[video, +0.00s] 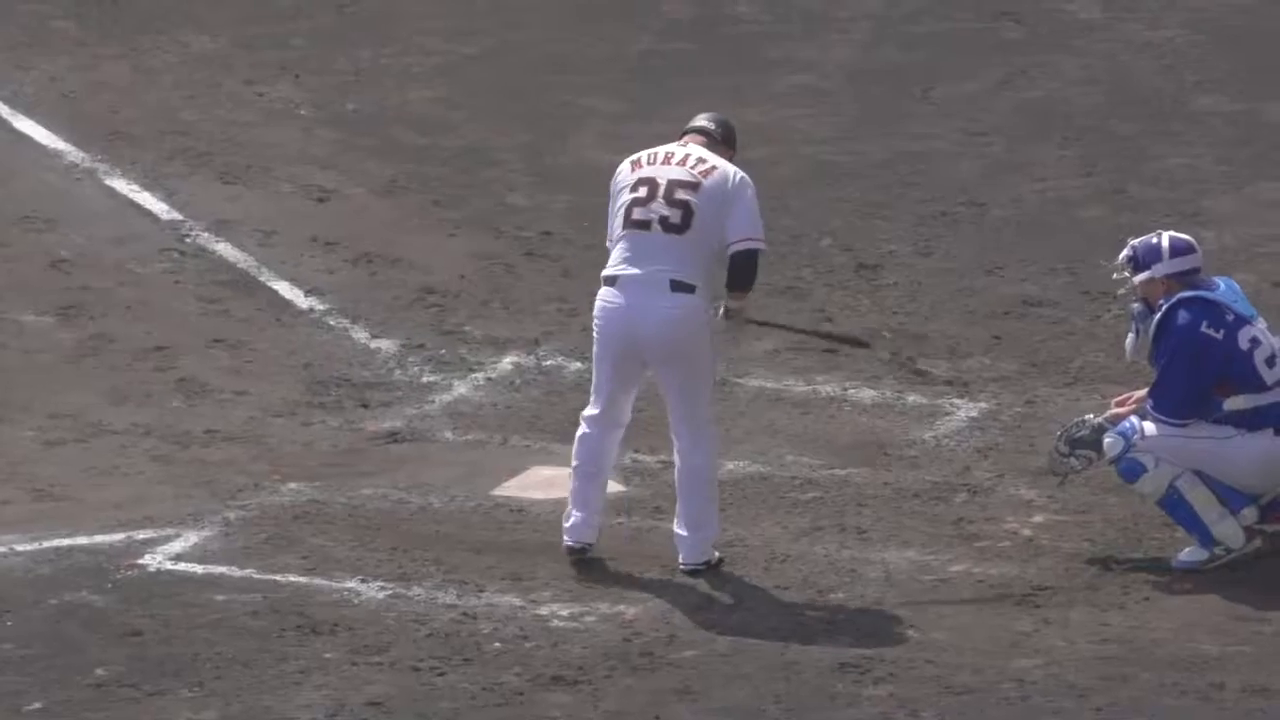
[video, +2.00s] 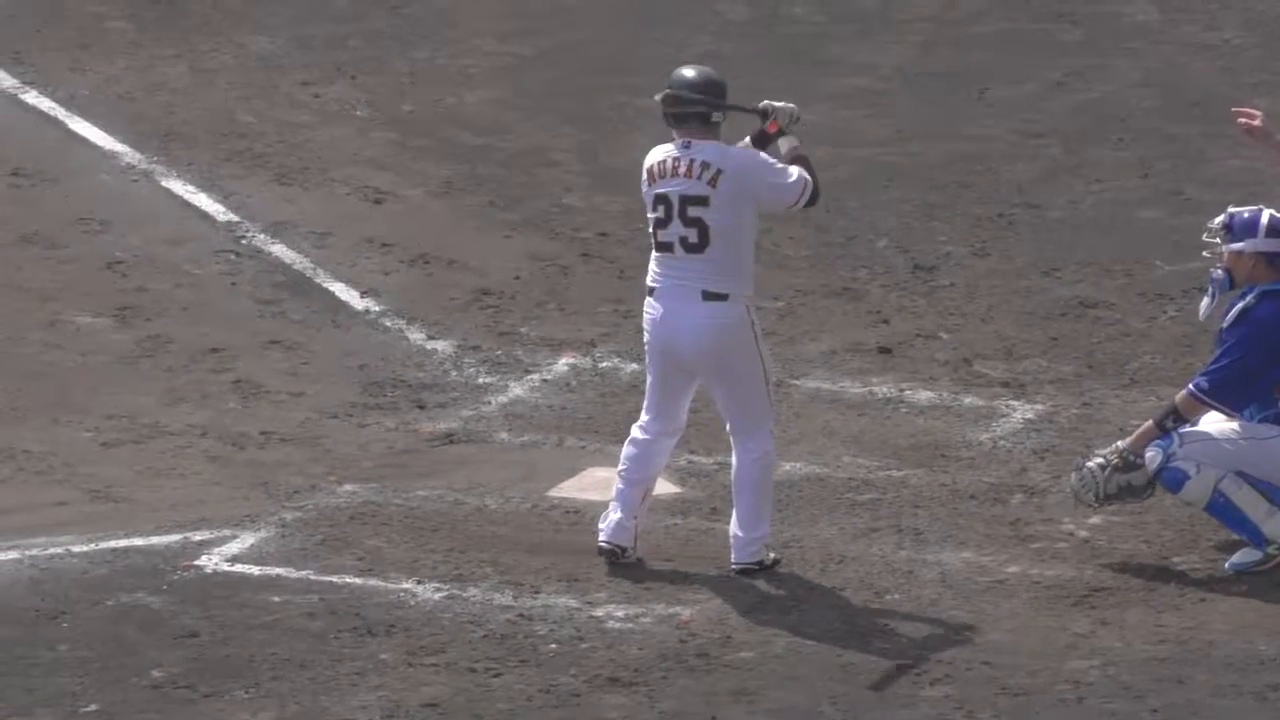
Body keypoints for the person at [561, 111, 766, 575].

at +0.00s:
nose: (726, 160)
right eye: (729, 154)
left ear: (683, 136)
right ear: (726, 148)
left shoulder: (629, 163)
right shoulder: (732, 177)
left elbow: (616, 238)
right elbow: (743, 264)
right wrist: (734, 303)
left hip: (614, 301)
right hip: (681, 307)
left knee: (602, 416)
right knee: (693, 431)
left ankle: (578, 532)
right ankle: (695, 549)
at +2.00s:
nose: (687, 119)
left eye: (675, 110)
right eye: (718, 111)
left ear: (671, 113)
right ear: (720, 114)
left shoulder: (653, 162)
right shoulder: (743, 164)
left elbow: (712, 174)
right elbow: (806, 190)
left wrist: (761, 137)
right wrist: (791, 146)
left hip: (661, 312)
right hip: (724, 318)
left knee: (655, 421)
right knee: (751, 433)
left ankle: (615, 532)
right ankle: (748, 550)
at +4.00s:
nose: (607, 176)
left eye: (611, 171)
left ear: (615, 175)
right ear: (662, 177)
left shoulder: (598, 221)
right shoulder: (677, 224)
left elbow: (676, 212)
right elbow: (742, 221)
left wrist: (713, 167)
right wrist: (730, 172)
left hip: (591, 373)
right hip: (652, 380)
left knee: (588, 480)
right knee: (679, 488)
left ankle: (539, 583)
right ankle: (668, 604)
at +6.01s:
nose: (569, 203)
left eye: (571, 197)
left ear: (576, 200)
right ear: (617, 203)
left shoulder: (559, 243)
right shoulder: (627, 246)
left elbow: (641, 287)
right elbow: (695, 269)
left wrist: (702, 242)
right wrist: (696, 227)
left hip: (527, 389)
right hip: (583, 400)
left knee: (618, 403)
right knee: (621, 498)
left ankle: (562, 499)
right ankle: (609, 603)